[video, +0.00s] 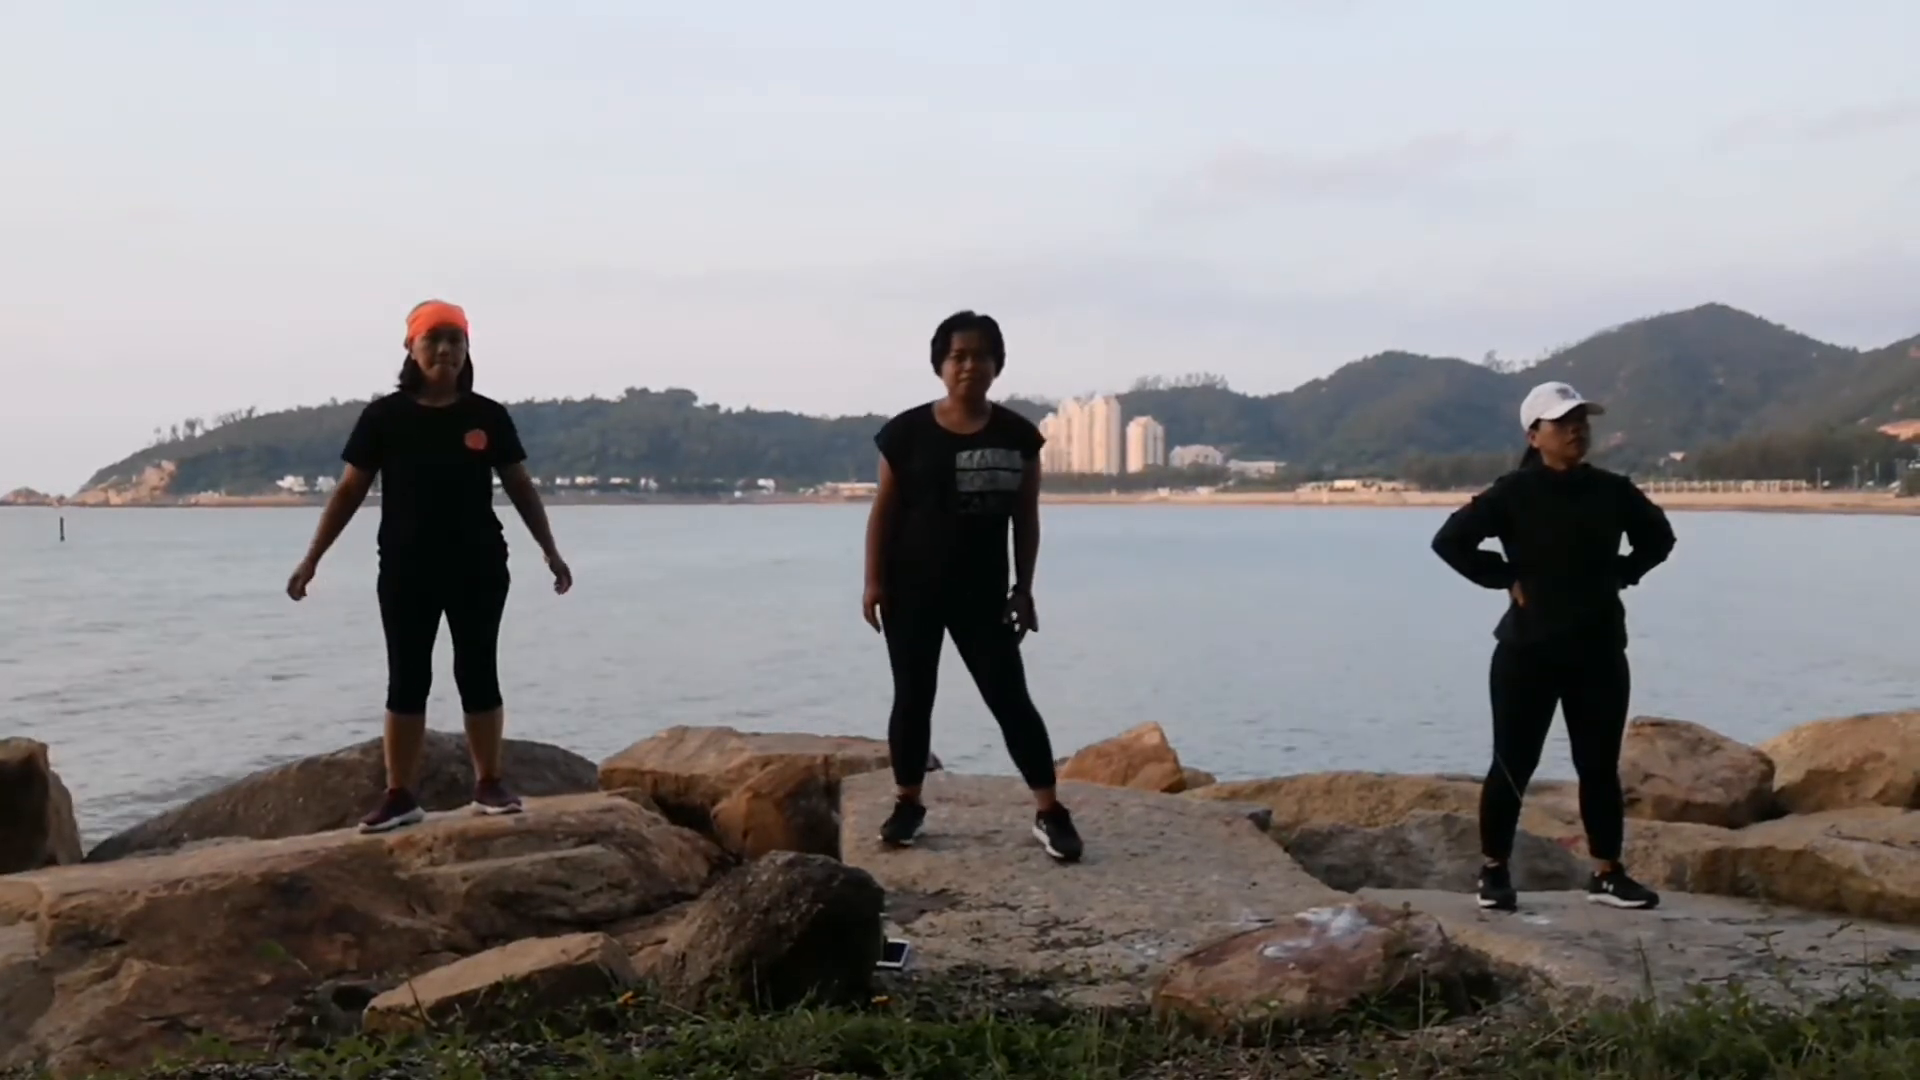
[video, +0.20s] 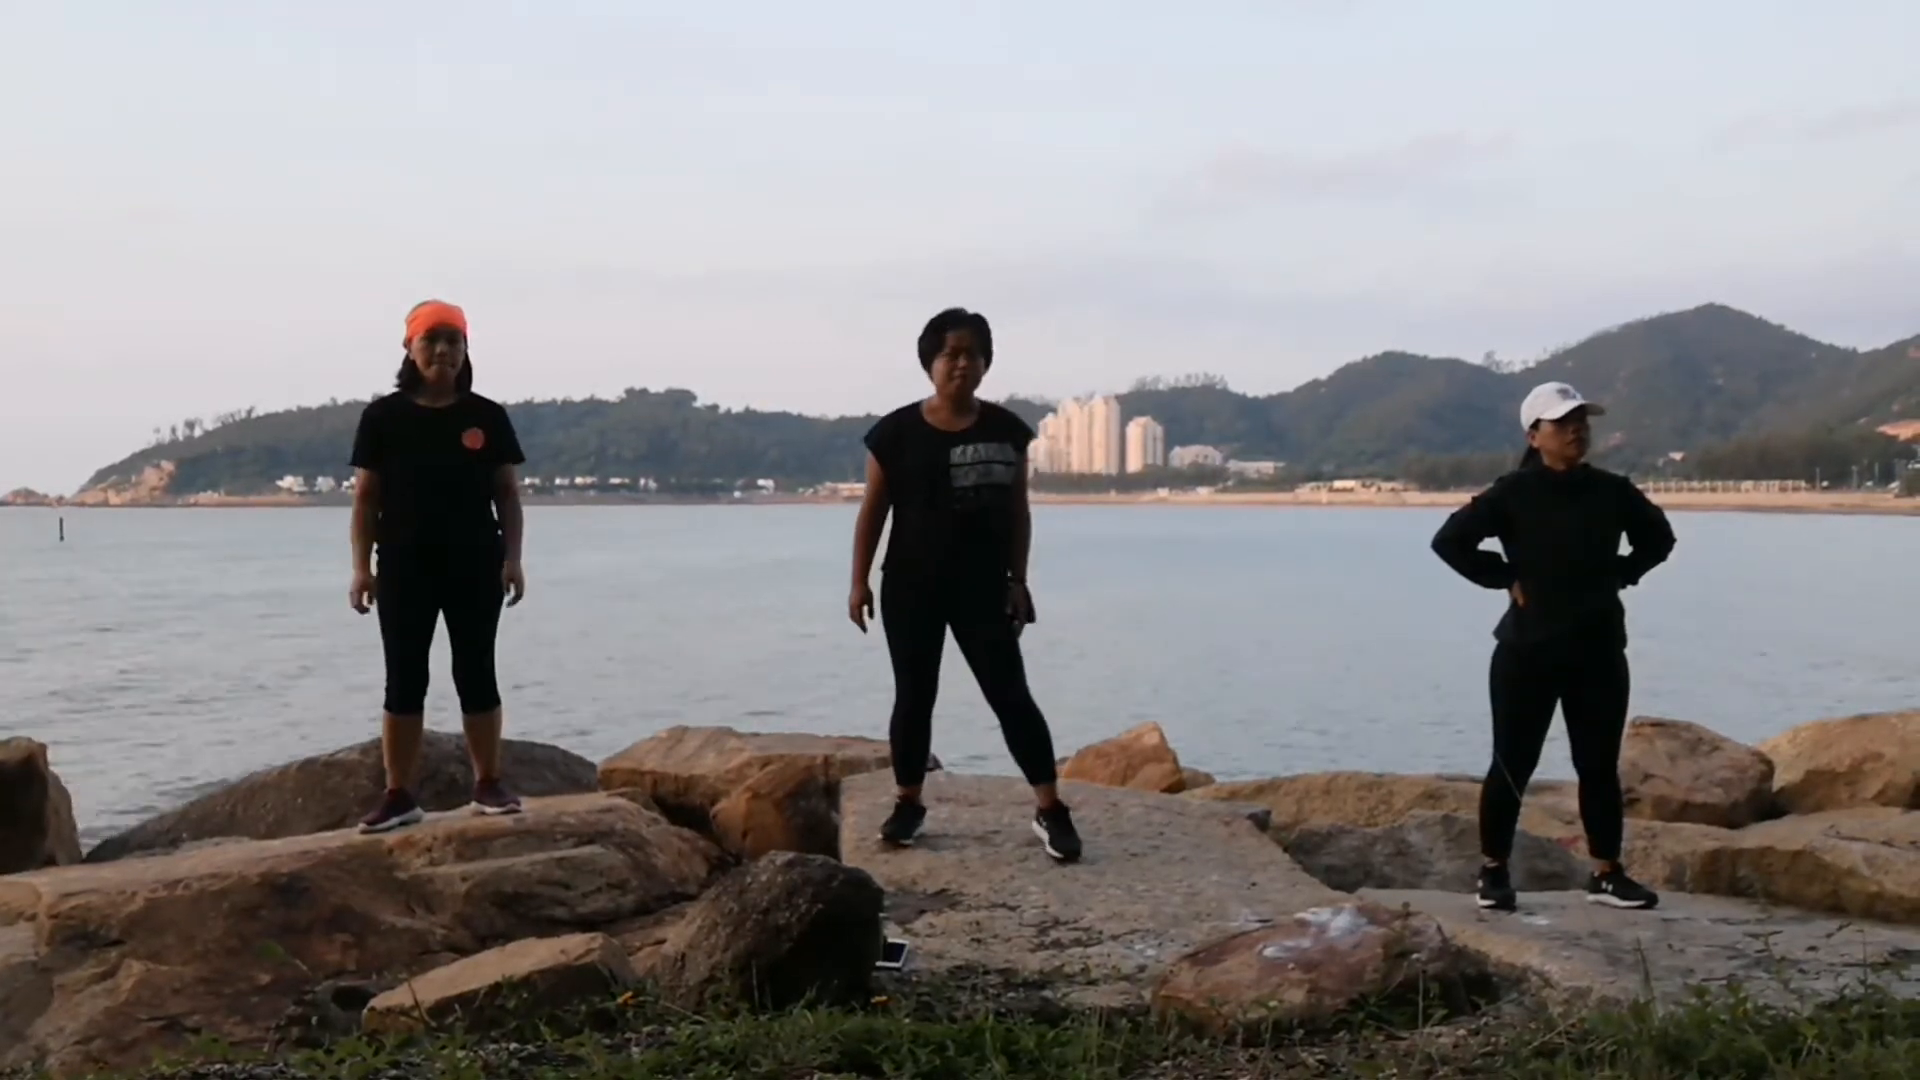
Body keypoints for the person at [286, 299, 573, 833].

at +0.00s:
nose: (443, 348)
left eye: (453, 339)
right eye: (432, 339)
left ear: (466, 349)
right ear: (412, 349)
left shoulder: (488, 418)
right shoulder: (383, 417)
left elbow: (520, 488)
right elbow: (350, 491)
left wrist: (550, 549)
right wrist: (310, 559)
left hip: (477, 570)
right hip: (407, 571)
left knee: (478, 677)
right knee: (406, 684)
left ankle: (488, 785)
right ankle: (399, 795)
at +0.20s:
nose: (443, 349)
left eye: (452, 340)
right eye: (431, 340)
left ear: (464, 348)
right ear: (411, 349)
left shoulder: (488, 417)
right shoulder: (382, 417)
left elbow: (508, 493)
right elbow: (365, 497)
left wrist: (512, 556)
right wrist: (361, 567)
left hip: (473, 570)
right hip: (403, 572)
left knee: (477, 678)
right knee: (403, 684)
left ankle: (488, 784)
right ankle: (398, 794)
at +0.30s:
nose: (441, 349)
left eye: (451, 339)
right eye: (430, 340)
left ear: (464, 348)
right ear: (410, 349)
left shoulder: (487, 416)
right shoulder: (380, 417)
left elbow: (507, 489)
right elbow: (366, 495)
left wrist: (487, 536)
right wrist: (393, 547)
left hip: (472, 568)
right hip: (405, 569)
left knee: (476, 678)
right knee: (403, 683)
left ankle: (488, 785)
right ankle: (397, 794)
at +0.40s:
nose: (440, 349)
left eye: (450, 339)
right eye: (429, 340)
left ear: (463, 348)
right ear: (408, 349)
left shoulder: (485, 415)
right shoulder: (379, 416)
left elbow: (507, 487)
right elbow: (362, 493)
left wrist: (466, 512)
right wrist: (411, 519)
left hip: (472, 565)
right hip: (403, 567)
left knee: (475, 675)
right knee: (404, 681)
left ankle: (488, 785)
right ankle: (397, 795)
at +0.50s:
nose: (438, 349)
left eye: (448, 339)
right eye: (427, 339)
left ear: (461, 348)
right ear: (407, 349)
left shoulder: (484, 415)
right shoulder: (377, 415)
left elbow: (507, 486)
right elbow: (360, 493)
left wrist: (467, 502)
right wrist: (411, 513)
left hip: (471, 564)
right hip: (403, 566)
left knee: (475, 675)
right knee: (403, 680)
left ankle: (487, 785)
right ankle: (398, 795)